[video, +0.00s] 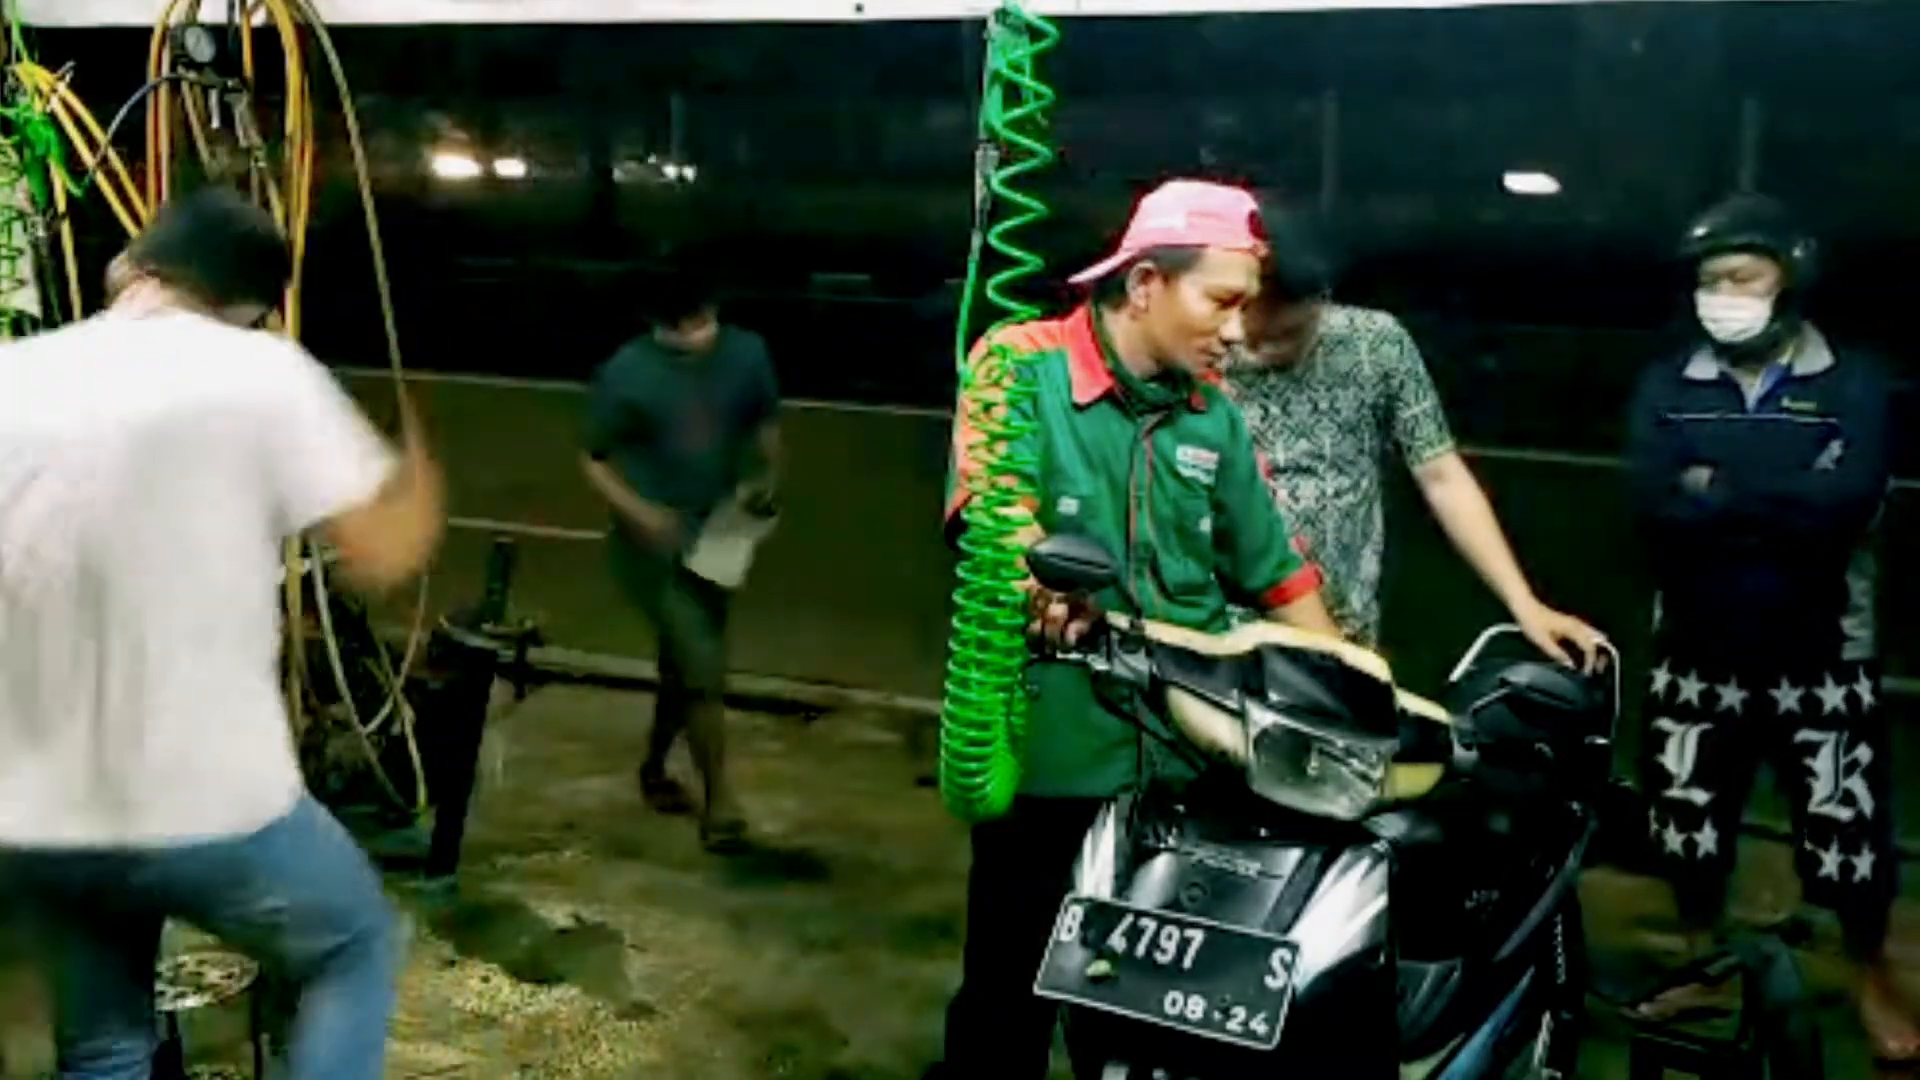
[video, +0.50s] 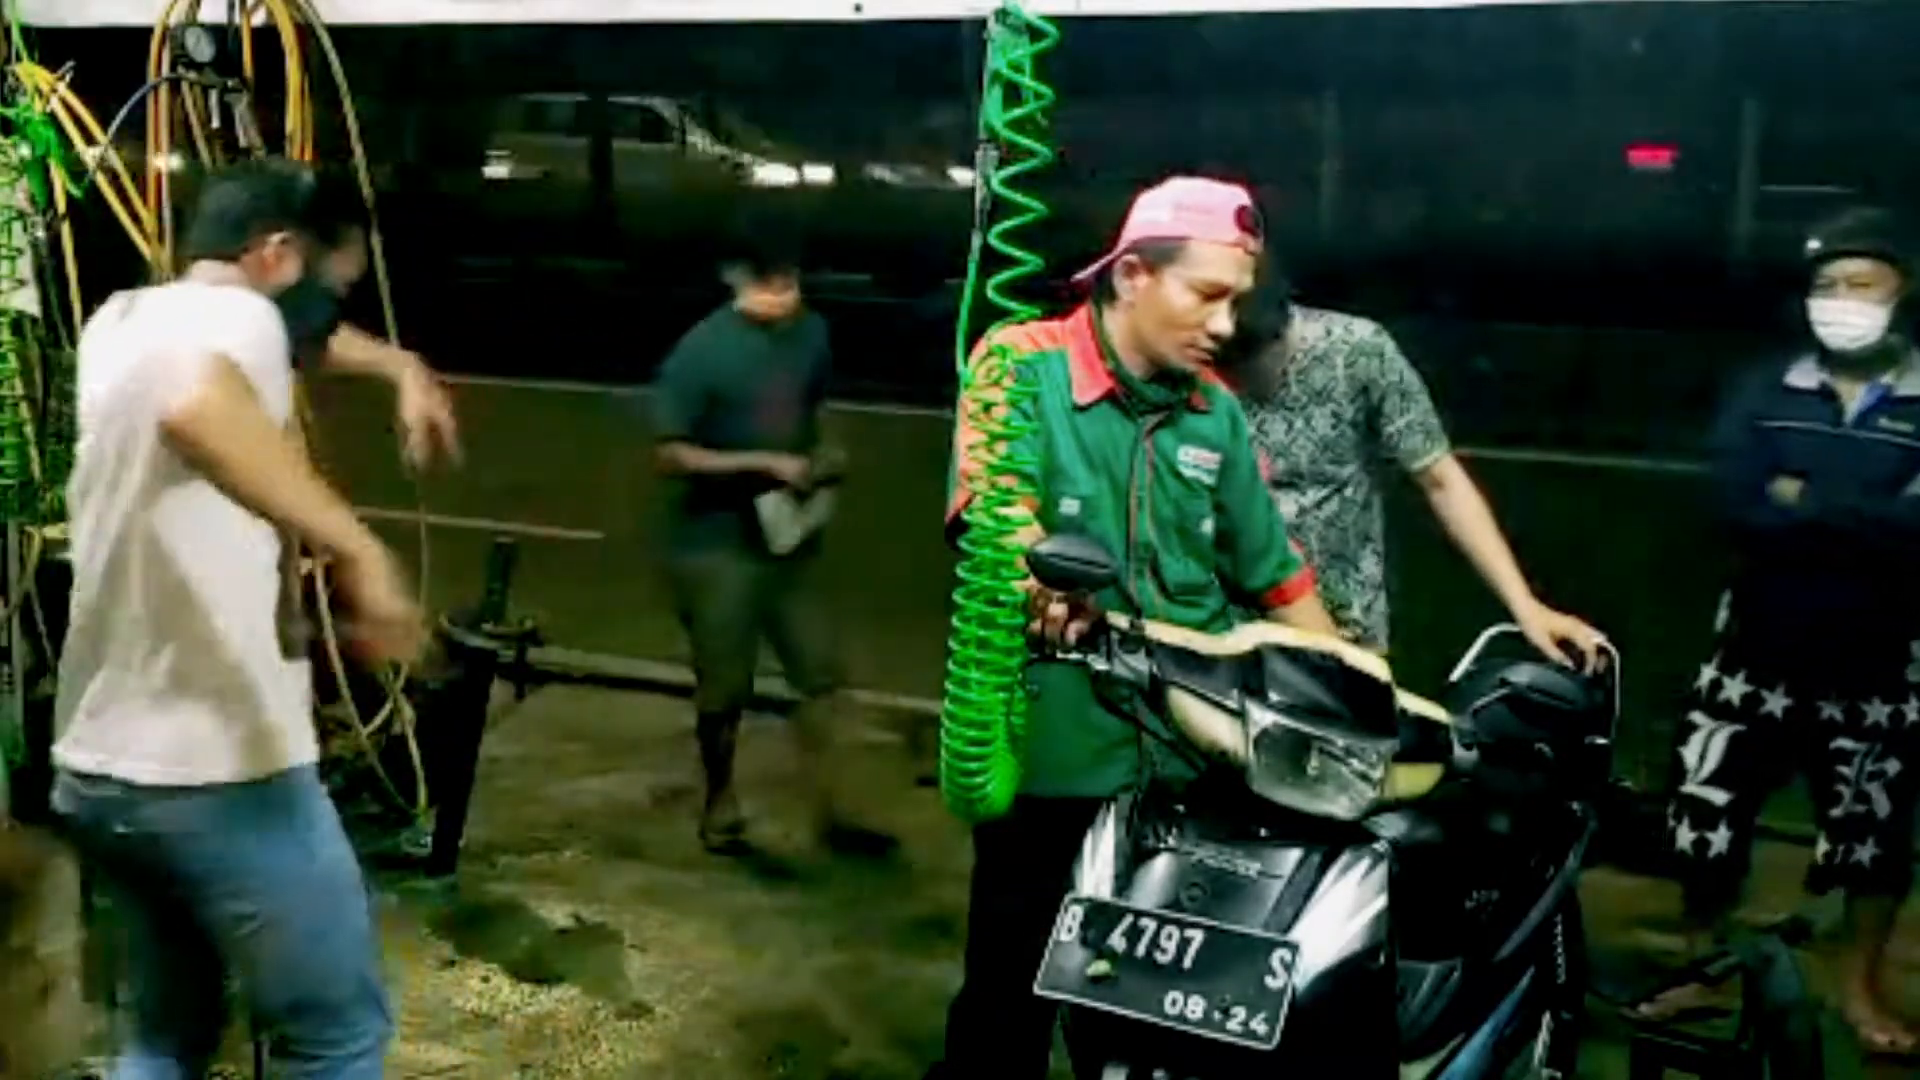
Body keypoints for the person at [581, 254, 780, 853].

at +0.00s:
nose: (693, 340)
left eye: (701, 326)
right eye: (679, 331)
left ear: (716, 315)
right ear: (657, 326)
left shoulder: (745, 357)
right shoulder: (629, 373)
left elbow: (766, 427)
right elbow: (591, 457)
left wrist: (767, 480)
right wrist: (639, 512)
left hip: (719, 531)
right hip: (651, 533)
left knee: (687, 659)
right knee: (698, 658)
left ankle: (655, 765)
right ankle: (719, 804)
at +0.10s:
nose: (703, 339)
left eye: (710, 326)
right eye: (689, 331)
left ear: (725, 312)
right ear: (666, 321)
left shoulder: (752, 352)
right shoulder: (636, 373)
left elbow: (773, 422)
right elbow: (608, 461)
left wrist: (772, 475)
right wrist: (682, 505)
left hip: (726, 530)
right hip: (653, 535)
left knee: (700, 659)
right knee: (704, 658)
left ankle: (658, 763)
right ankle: (720, 804)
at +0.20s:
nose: (720, 329)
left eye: (728, 315)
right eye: (706, 318)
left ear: (744, 305)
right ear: (685, 314)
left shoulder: (767, 344)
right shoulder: (652, 366)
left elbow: (786, 415)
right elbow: (621, 459)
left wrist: (784, 468)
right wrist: (706, 491)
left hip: (739, 530)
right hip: (668, 533)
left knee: (733, 661)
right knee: (710, 663)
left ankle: (677, 757)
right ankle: (718, 801)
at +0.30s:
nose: (739, 319)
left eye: (747, 303)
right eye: (725, 307)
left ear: (761, 297)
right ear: (701, 303)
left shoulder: (780, 341)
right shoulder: (669, 359)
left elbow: (799, 418)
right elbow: (635, 453)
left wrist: (791, 465)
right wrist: (725, 476)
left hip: (750, 525)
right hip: (678, 528)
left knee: (773, 655)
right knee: (714, 662)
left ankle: (706, 765)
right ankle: (715, 804)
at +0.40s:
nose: (768, 306)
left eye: (773, 292)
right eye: (754, 294)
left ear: (784, 289)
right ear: (720, 289)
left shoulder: (794, 340)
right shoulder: (687, 354)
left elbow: (808, 424)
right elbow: (654, 451)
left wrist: (804, 471)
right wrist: (750, 467)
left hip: (774, 541)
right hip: (705, 544)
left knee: (803, 671)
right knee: (719, 684)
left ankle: (789, 804)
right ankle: (719, 807)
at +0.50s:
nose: (781, 297)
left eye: (788, 283)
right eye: (767, 285)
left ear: (800, 282)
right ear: (736, 282)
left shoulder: (809, 338)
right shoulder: (705, 349)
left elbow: (811, 422)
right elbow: (669, 450)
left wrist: (823, 461)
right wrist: (769, 463)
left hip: (785, 544)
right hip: (714, 546)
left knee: (819, 676)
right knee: (723, 686)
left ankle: (827, 815)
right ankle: (720, 809)